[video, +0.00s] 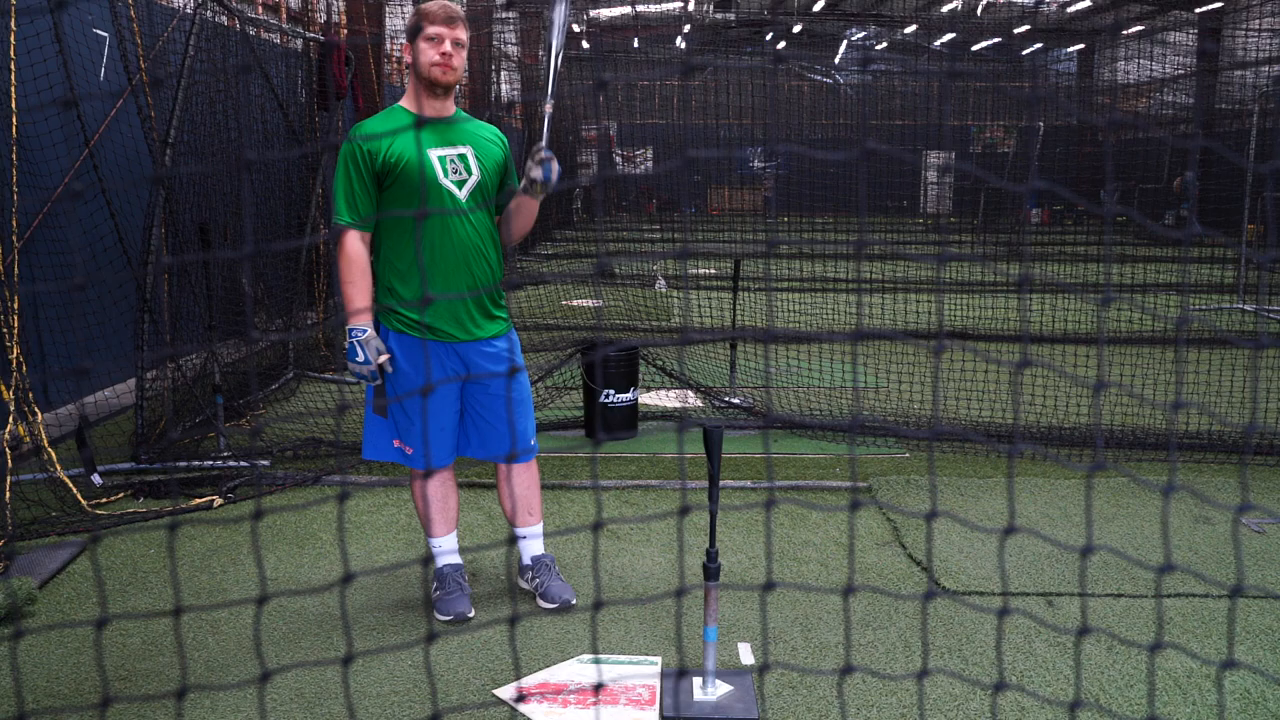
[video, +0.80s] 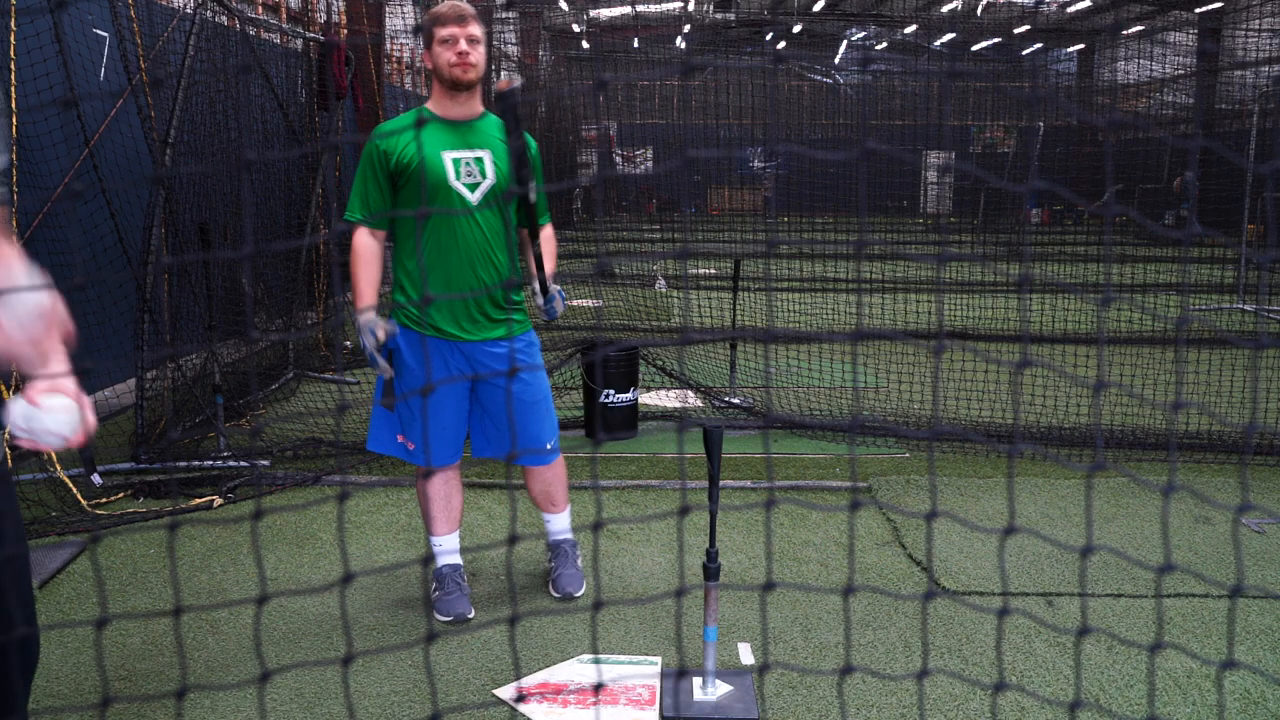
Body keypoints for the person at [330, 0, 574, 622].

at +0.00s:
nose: (448, 53)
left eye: (458, 45)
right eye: (436, 42)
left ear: (467, 58)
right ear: (408, 52)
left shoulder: (490, 141)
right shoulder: (370, 141)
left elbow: (507, 234)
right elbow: (354, 236)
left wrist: (533, 188)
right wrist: (360, 326)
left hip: (488, 325)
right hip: (410, 329)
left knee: (516, 443)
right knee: (431, 454)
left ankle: (534, 561)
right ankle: (448, 569)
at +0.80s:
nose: (462, 51)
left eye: (472, 42)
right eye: (448, 43)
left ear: (487, 54)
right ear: (426, 57)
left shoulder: (515, 143)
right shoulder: (392, 142)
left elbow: (541, 221)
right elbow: (368, 232)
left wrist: (545, 280)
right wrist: (366, 314)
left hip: (508, 325)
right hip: (427, 330)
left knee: (541, 443)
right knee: (439, 455)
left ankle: (562, 547)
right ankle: (448, 568)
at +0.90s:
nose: (471, 52)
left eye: (481, 42)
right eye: (458, 44)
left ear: (500, 55)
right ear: (440, 58)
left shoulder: (533, 146)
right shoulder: (406, 142)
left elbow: (555, 226)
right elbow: (379, 221)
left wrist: (552, 281)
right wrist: (373, 286)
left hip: (518, 327)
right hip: (438, 328)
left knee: (544, 447)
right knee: (443, 455)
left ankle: (565, 546)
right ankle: (449, 567)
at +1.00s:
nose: (479, 53)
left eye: (489, 43)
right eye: (465, 45)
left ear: (506, 54)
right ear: (448, 59)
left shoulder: (542, 145)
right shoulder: (414, 143)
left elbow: (564, 225)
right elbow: (387, 216)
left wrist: (560, 282)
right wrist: (382, 259)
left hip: (525, 325)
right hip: (444, 327)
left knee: (547, 445)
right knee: (448, 455)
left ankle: (562, 548)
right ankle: (449, 567)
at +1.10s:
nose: (491, 55)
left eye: (502, 44)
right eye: (478, 46)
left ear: (524, 55)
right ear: (465, 60)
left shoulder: (559, 146)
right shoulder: (435, 139)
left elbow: (584, 225)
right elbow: (395, 222)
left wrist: (576, 285)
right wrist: (408, 222)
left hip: (539, 322)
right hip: (459, 324)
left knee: (553, 443)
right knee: (456, 451)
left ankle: (563, 549)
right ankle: (450, 567)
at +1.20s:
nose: (498, 54)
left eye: (509, 44)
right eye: (485, 47)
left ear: (532, 55)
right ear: (471, 61)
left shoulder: (569, 146)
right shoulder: (441, 139)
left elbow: (593, 226)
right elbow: (407, 222)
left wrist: (584, 281)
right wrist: (428, 210)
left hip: (547, 322)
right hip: (468, 323)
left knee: (556, 443)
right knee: (463, 449)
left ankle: (563, 550)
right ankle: (450, 565)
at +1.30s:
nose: (511, 58)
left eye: (523, 48)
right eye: (502, 50)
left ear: (550, 57)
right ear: (493, 61)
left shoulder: (585, 147)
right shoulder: (461, 138)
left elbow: (612, 225)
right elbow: (430, 226)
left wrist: (603, 281)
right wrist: (445, 209)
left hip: (561, 324)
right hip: (483, 324)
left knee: (566, 444)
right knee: (472, 449)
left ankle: (564, 548)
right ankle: (452, 566)